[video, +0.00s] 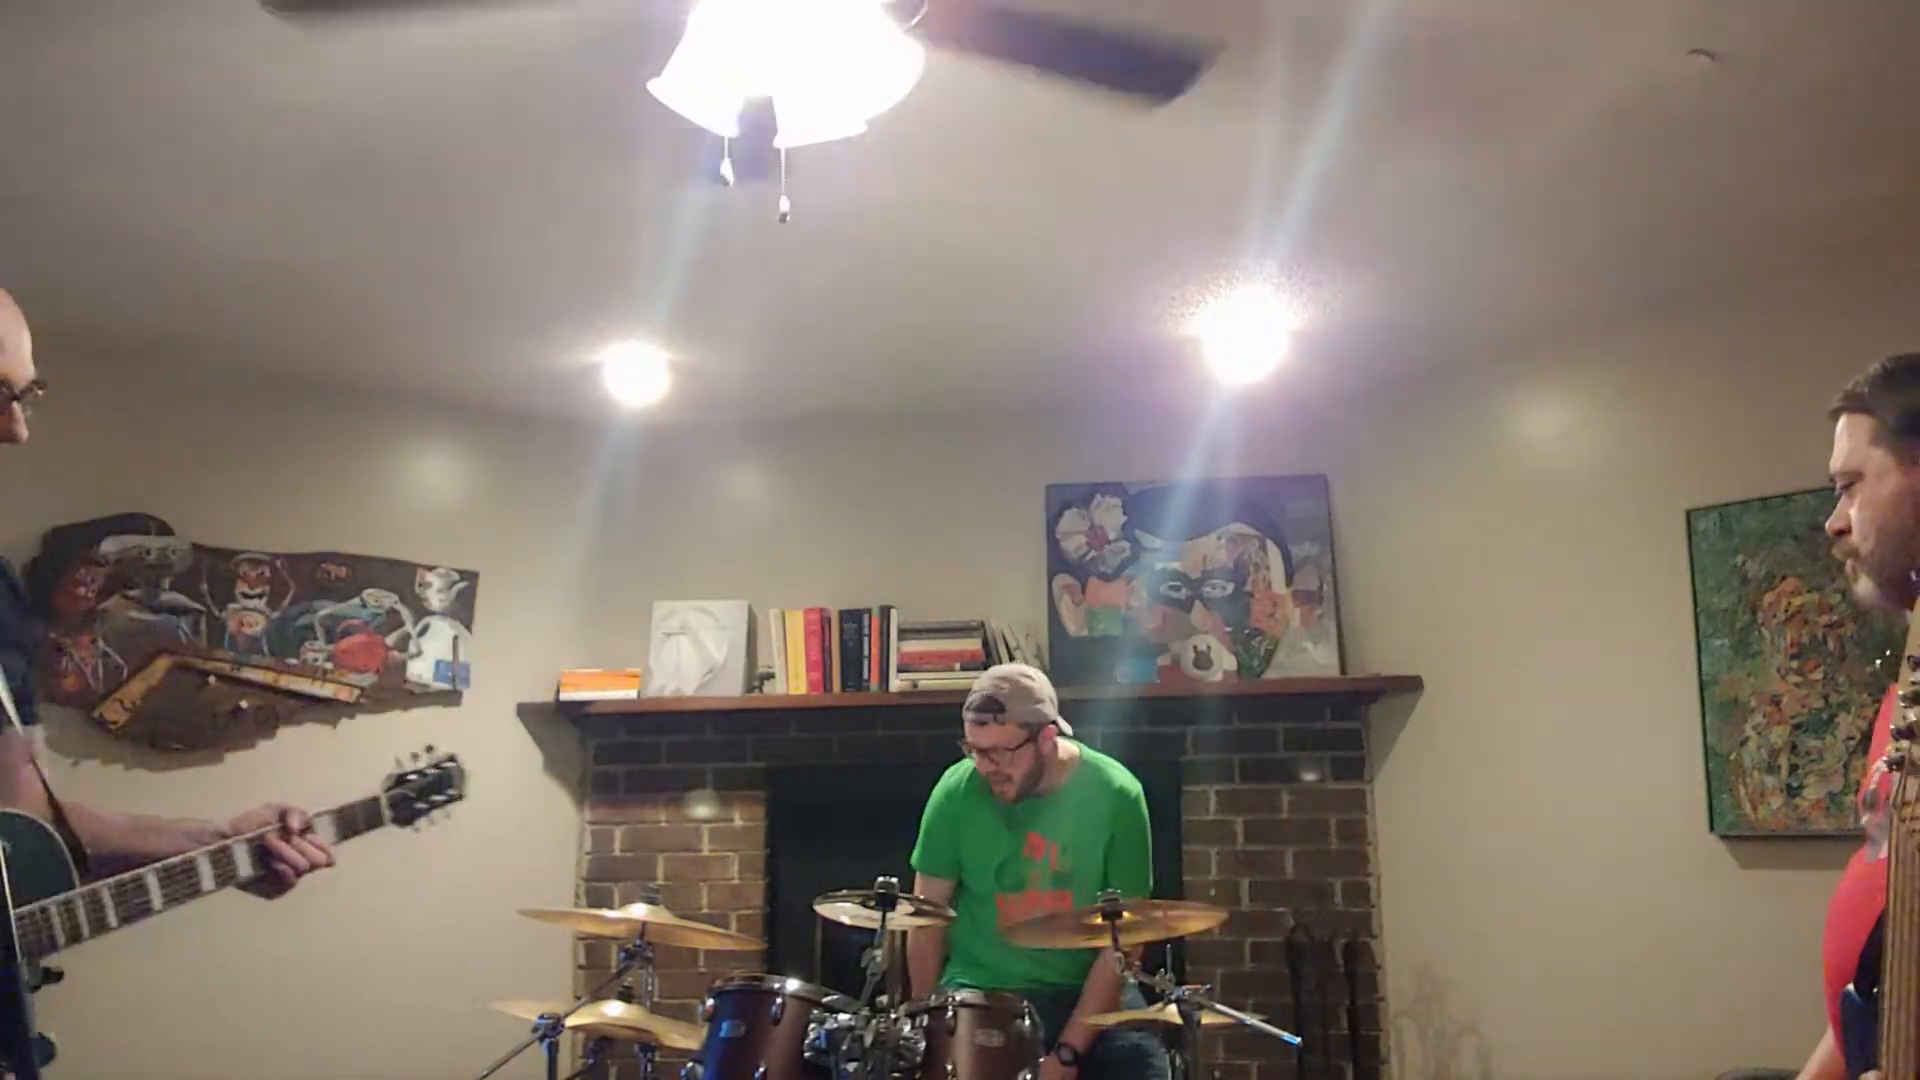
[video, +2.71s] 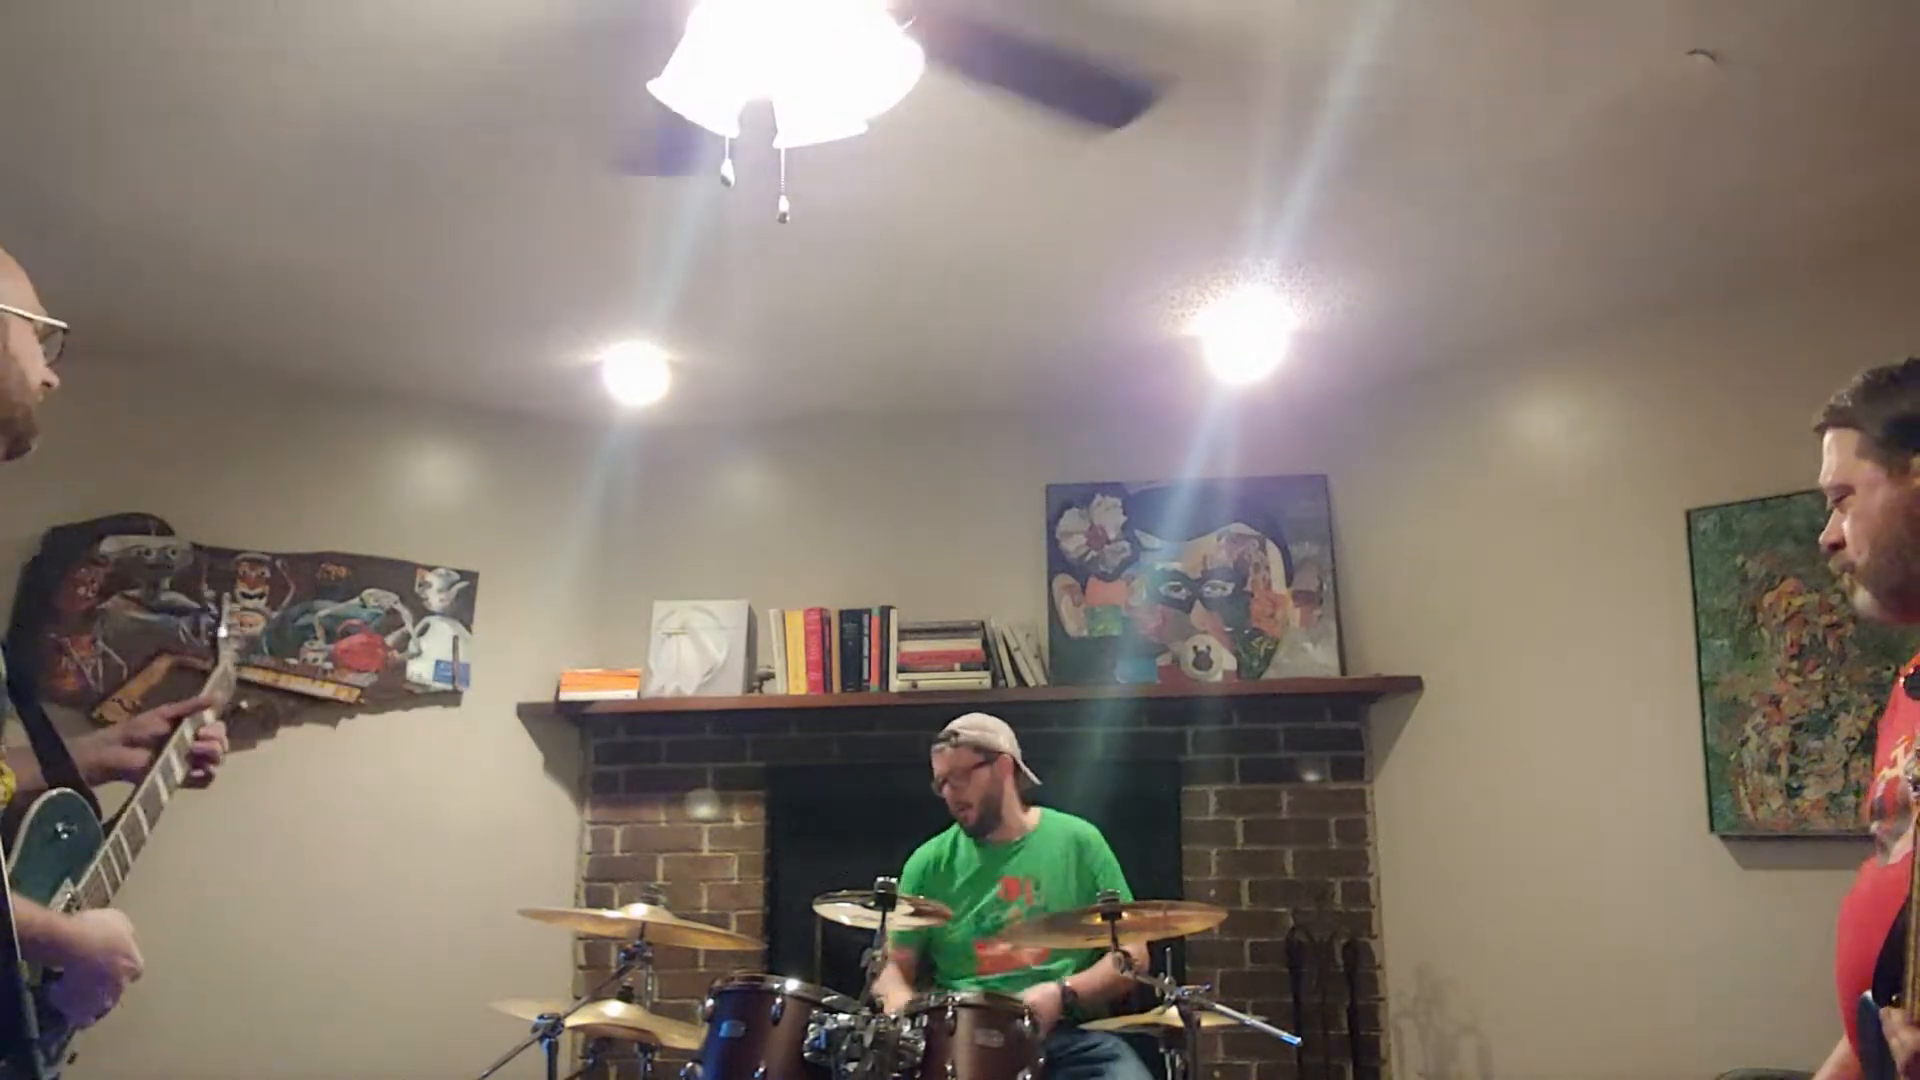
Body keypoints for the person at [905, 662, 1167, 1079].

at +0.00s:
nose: (984, 768)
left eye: (997, 754)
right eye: (975, 752)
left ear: (1047, 738)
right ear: (966, 742)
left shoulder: (1115, 796)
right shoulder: (956, 792)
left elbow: (1126, 937)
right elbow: (926, 917)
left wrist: (1066, 1053)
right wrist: (925, 1029)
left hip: (1085, 991)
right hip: (980, 990)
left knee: (1142, 1064)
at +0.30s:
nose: (994, 781)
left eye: (1008, 765)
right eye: (986, 764)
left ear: (1056, 752)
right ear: (976, 753)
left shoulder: (1114, 819)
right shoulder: (954, 812)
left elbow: (1128, 953)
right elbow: (908, 929)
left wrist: (1078, 1060)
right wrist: (901, 1039)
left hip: (1079, 1021)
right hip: (972, 1021)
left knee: (1147, 1069)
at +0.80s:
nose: (974, 813)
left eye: (986, 798)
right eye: (965, 800)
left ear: (1028, 782)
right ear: (957, 794)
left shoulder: (1099, 851)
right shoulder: (954, 862)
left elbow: (1151, 967)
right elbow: (905, 979)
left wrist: (1104, 1011)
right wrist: (886, 1054)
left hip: (1084, 1035)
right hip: (980, 1036)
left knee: (1149, 1074)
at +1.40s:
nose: (958, 849)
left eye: (970, 834)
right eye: (946, 835)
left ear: (1009, 814)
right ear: (935, 823)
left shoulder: (1081, 849)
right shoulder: (933, 877)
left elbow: (1142, 952)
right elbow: (901, 1004)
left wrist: (1092, 1017)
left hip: (1077, 1037)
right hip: (977, 1043)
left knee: (1131, 1075)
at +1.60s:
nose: (949, 880)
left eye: (963, 868)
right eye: (941, 864)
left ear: (1011, 850)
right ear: (933, 844)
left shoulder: (1076, 863)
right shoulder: (927, 890)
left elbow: (1129, 978)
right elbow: (893, 1009)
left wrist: (1056, 1060)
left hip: (1077, 1046)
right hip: (973, 1053)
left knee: (1130, 1074)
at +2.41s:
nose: (932, 839)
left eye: (942, 823)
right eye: (923, 826)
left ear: (986, 803)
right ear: (915, 821)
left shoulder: (1073, 844)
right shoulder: (928, 883)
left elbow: (1132, 959)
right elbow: (901, 1009)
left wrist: (1073, 1046)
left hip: (1081, 1038)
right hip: (980, 1048)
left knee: (1134, 1075)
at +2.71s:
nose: (947, 796)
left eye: (957, 779)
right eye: (940, 785)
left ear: (1004, 768)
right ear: (936, 786)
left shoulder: (1078, 841)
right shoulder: (928, 862)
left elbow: (1132, 954)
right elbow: (893, 971)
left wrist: (1063, 994)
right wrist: (911, 1015)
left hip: (1060, 1033)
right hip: (954, 1033)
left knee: (1127, 1072)